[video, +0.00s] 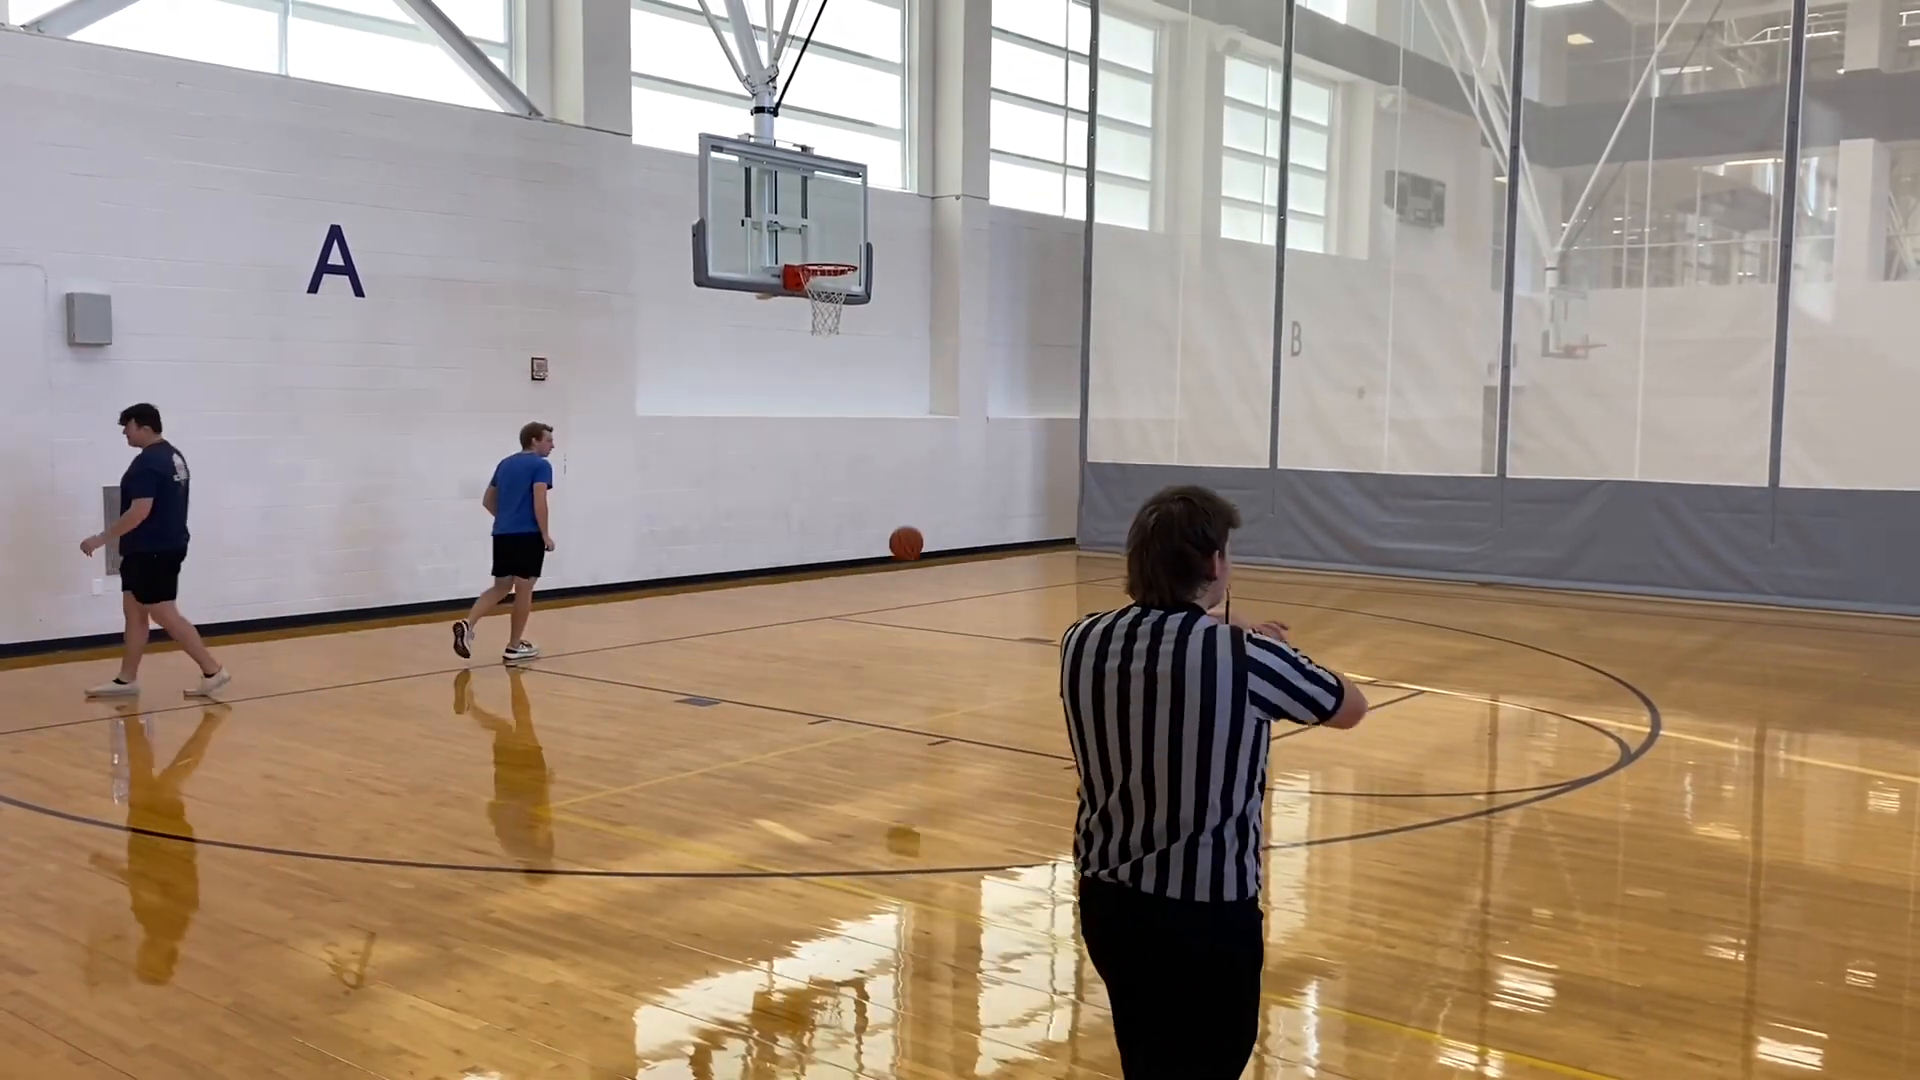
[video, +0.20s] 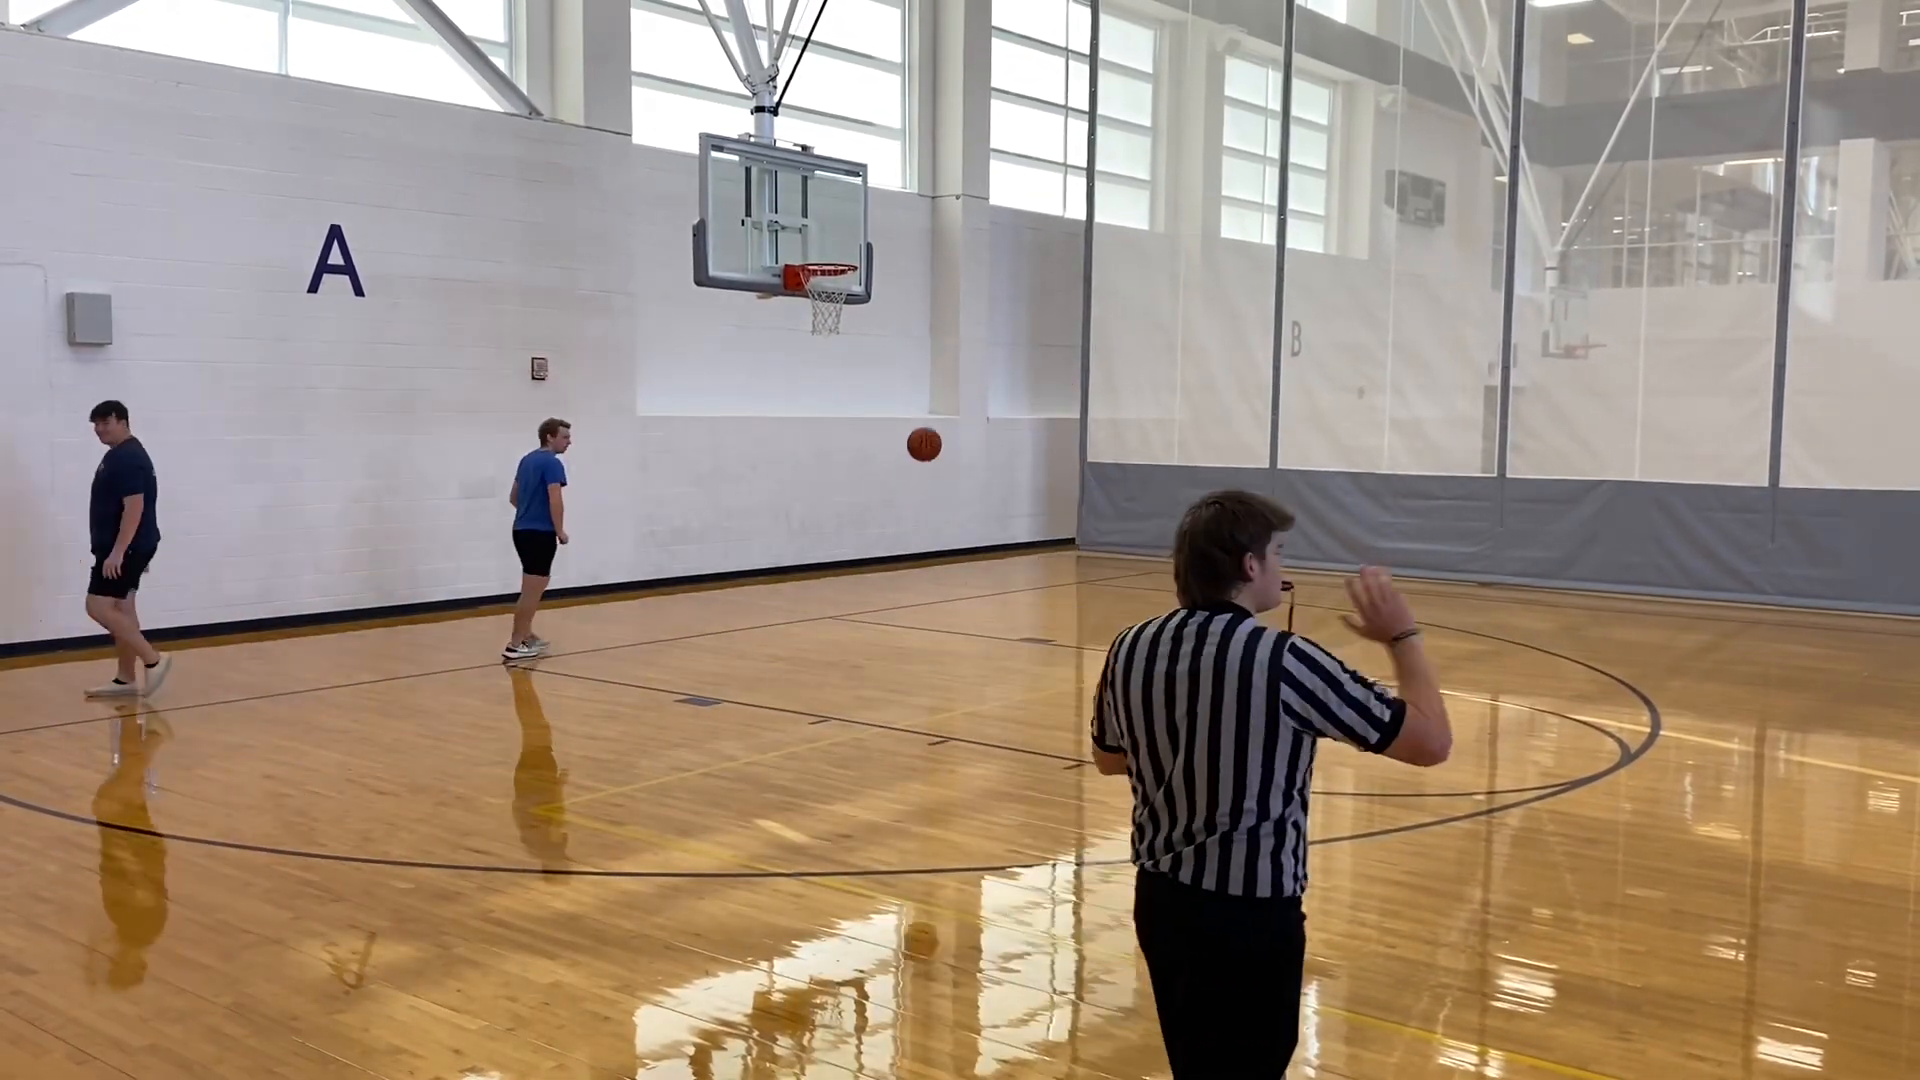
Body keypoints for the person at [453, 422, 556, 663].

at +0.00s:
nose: (552, 445)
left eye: (552, 440)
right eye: (549, 441)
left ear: (530, 443)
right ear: (535, 441)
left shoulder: (505, 463)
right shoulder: (541, 464)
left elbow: (488, 501)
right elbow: (540, 501)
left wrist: (507, 519)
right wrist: (545, 534)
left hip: (502, 536)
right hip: (528, 536)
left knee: (501, 587)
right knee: (524, 591)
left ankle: (468, 624)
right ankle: (515, 645)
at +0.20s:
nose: (569, 442)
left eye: (569, 437)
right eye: (565, 437)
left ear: (547, 438)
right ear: (550, 437)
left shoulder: (527, 460)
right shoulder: (552, 462)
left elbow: (514, 497)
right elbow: (555, 499)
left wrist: (533, 513)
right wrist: (560, 530)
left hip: (523, 530)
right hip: (540, 532)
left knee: (534, 585)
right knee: (532, 588)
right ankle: (516, 644)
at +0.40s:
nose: (591, 447)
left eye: (592, 443)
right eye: (588, 442)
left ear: (571, 443)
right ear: (573, 442)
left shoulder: (553, 463)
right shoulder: (570, 467)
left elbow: (541, 498)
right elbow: (569, 507)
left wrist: (572, 521)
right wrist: (578, 533)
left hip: (549, 533)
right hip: (559, 535)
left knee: (575, 582)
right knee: (541, 592)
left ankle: (592, 635)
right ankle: (516, 641)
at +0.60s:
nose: (615, 443)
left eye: (617, 439)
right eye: (611, 438)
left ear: (607, 441)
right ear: (597, 439)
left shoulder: (594, 462)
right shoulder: (591, 463)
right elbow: (587, 504)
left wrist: (605, 525)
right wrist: (605, 531)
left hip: (592, 530)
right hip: (584, 530)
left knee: (600, 581)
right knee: (588, 589)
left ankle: (598, 637)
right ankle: (539, 626)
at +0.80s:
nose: (637, 438)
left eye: (639, 434)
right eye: (632, 434)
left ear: (638, 437)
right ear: (619, 434)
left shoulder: (627, 460)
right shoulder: (608, 461)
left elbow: (623, 496)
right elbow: (601, 501)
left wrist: (638, 515)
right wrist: (623, 527)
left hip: (617, 526)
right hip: (609, 527)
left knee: (608, 578)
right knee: (635, 578)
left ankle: (599, 632)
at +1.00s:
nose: (661, 444)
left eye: (663, 440)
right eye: (657, 439)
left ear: (663, 442)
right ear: (644, 440)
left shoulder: (654, 465)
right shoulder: (632, 467)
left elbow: (657, 498)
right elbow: (621, 506)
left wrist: (679, 516)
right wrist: (638, 536)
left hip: (644, 533)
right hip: (634, 535)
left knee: (620, 582)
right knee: (656, 584)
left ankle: (601, 632)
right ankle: (679, 635)